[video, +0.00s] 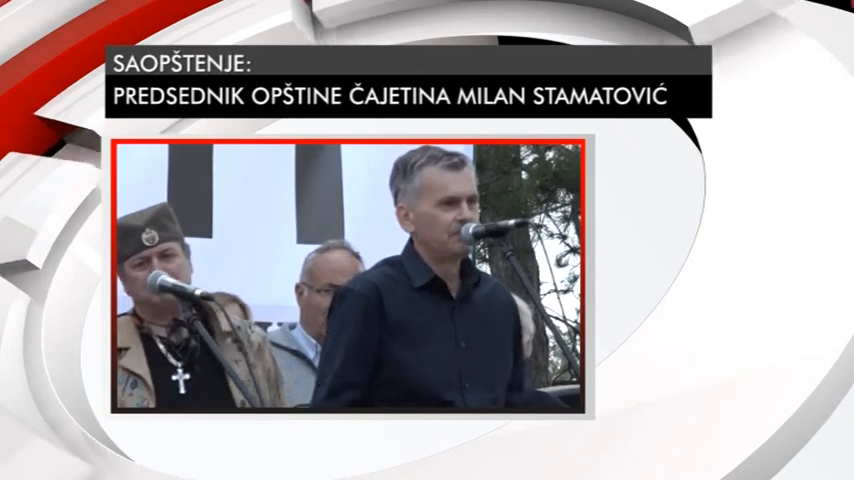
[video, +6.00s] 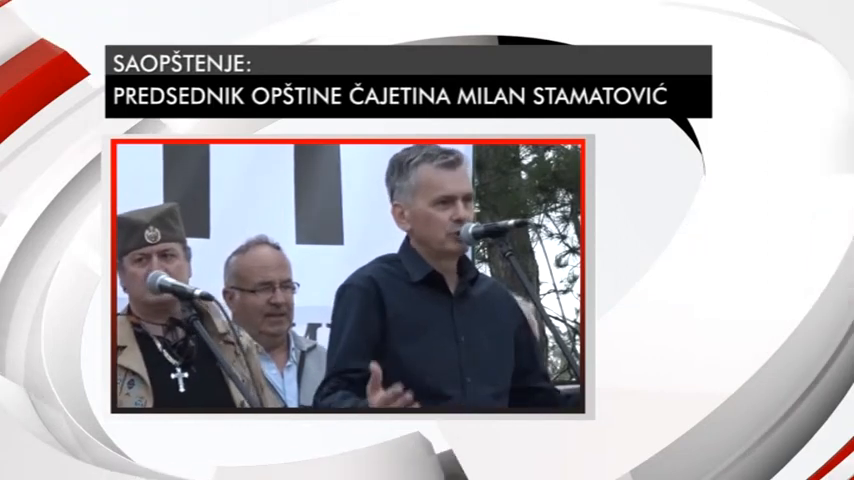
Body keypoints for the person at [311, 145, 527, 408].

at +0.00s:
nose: (466, 215)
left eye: (472, 202)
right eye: (449, 204)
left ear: (479, 206)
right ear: (406, 216)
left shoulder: (499, 301)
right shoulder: (367, 298)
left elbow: (513, 405)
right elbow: (330, 414)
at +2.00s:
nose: (458, 216)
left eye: (465, 202)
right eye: (441, 204)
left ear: (474, 207)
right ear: (400, 217)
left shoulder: (498, 301)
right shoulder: (361, 299)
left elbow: (521, 408)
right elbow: (335, 415)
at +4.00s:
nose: (461, 215)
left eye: (467, 202)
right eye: (443, 204)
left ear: (475, 207)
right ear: (402, 217)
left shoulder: (500, 300)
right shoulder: (361, 296)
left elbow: (521, 405)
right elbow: (332, 413)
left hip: (495, 462)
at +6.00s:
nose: (463, 215)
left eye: (468, 201)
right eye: (444, 203)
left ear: (475, 205)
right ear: (402, 216)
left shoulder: (500, 302)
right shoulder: (368, 291)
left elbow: (537, 401)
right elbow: (332, 396)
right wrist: (369, 409)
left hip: (499, 458)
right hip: (404, 462)